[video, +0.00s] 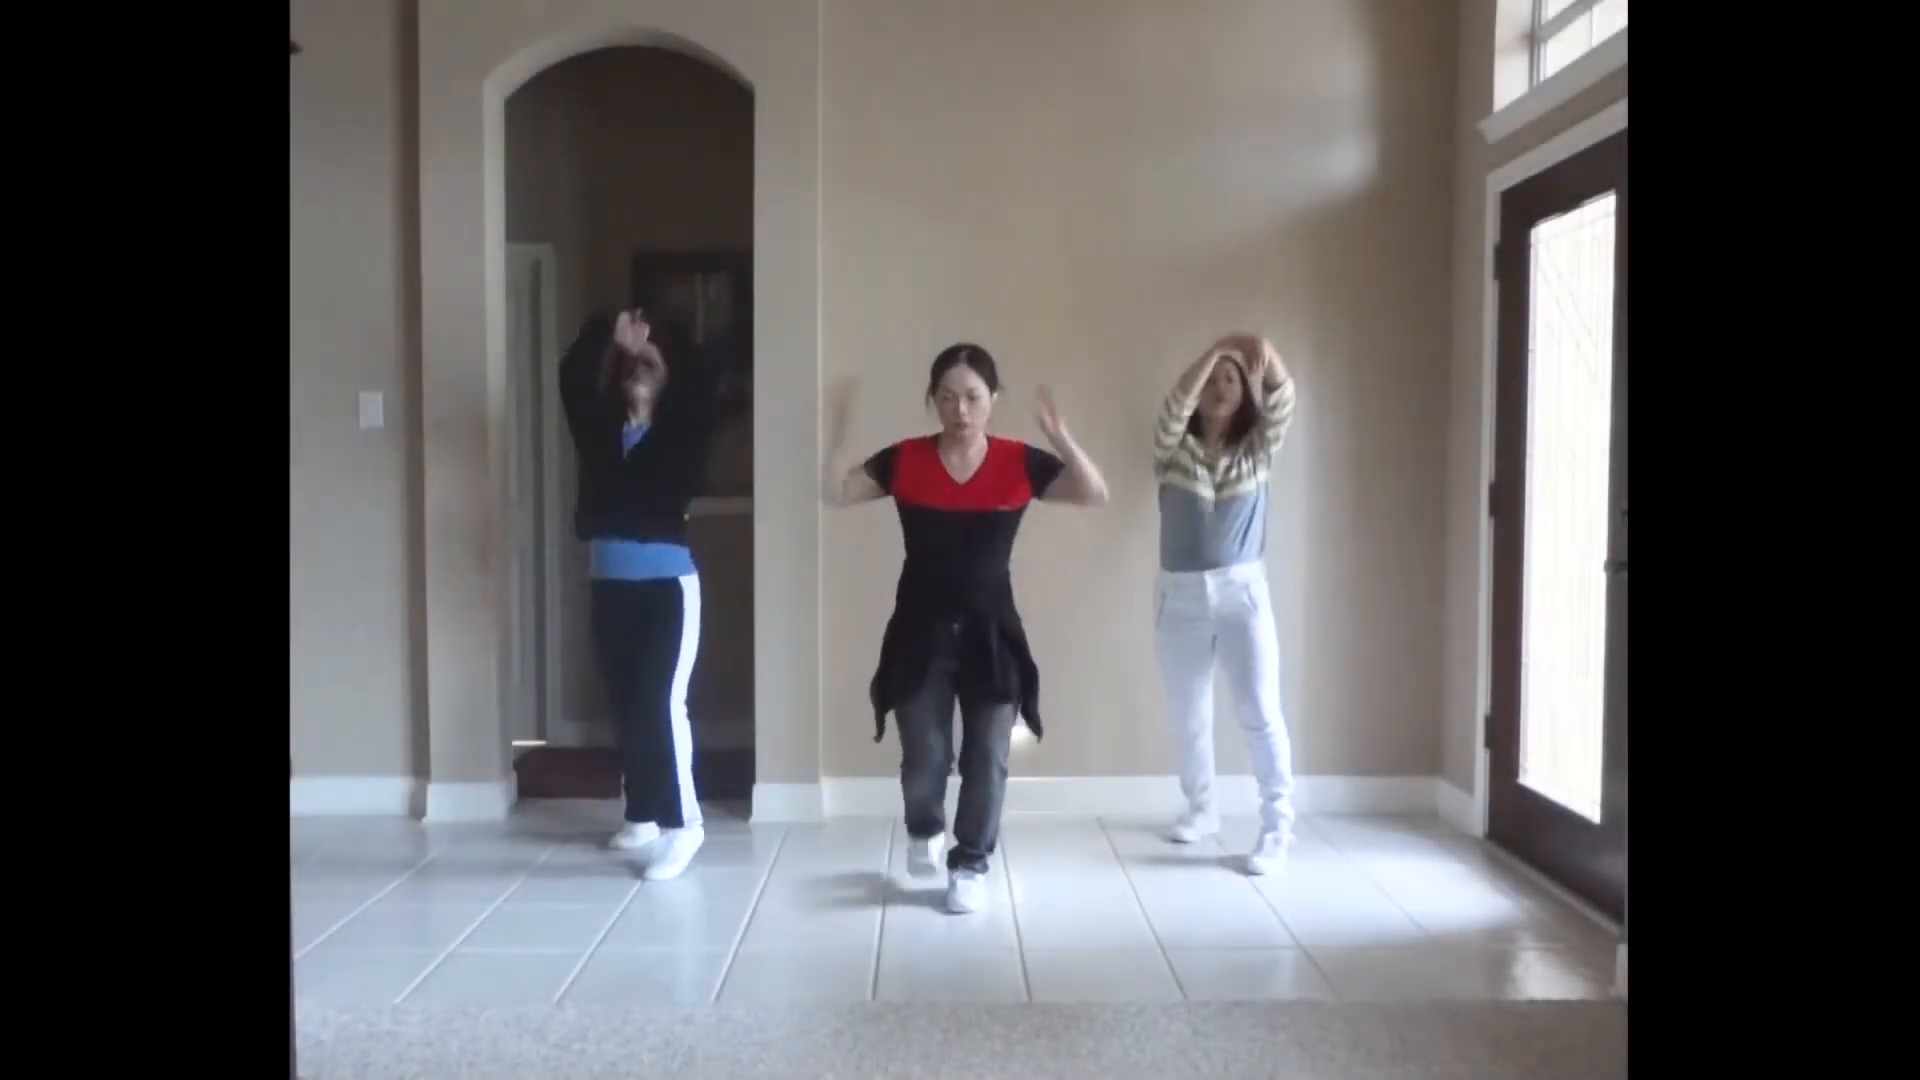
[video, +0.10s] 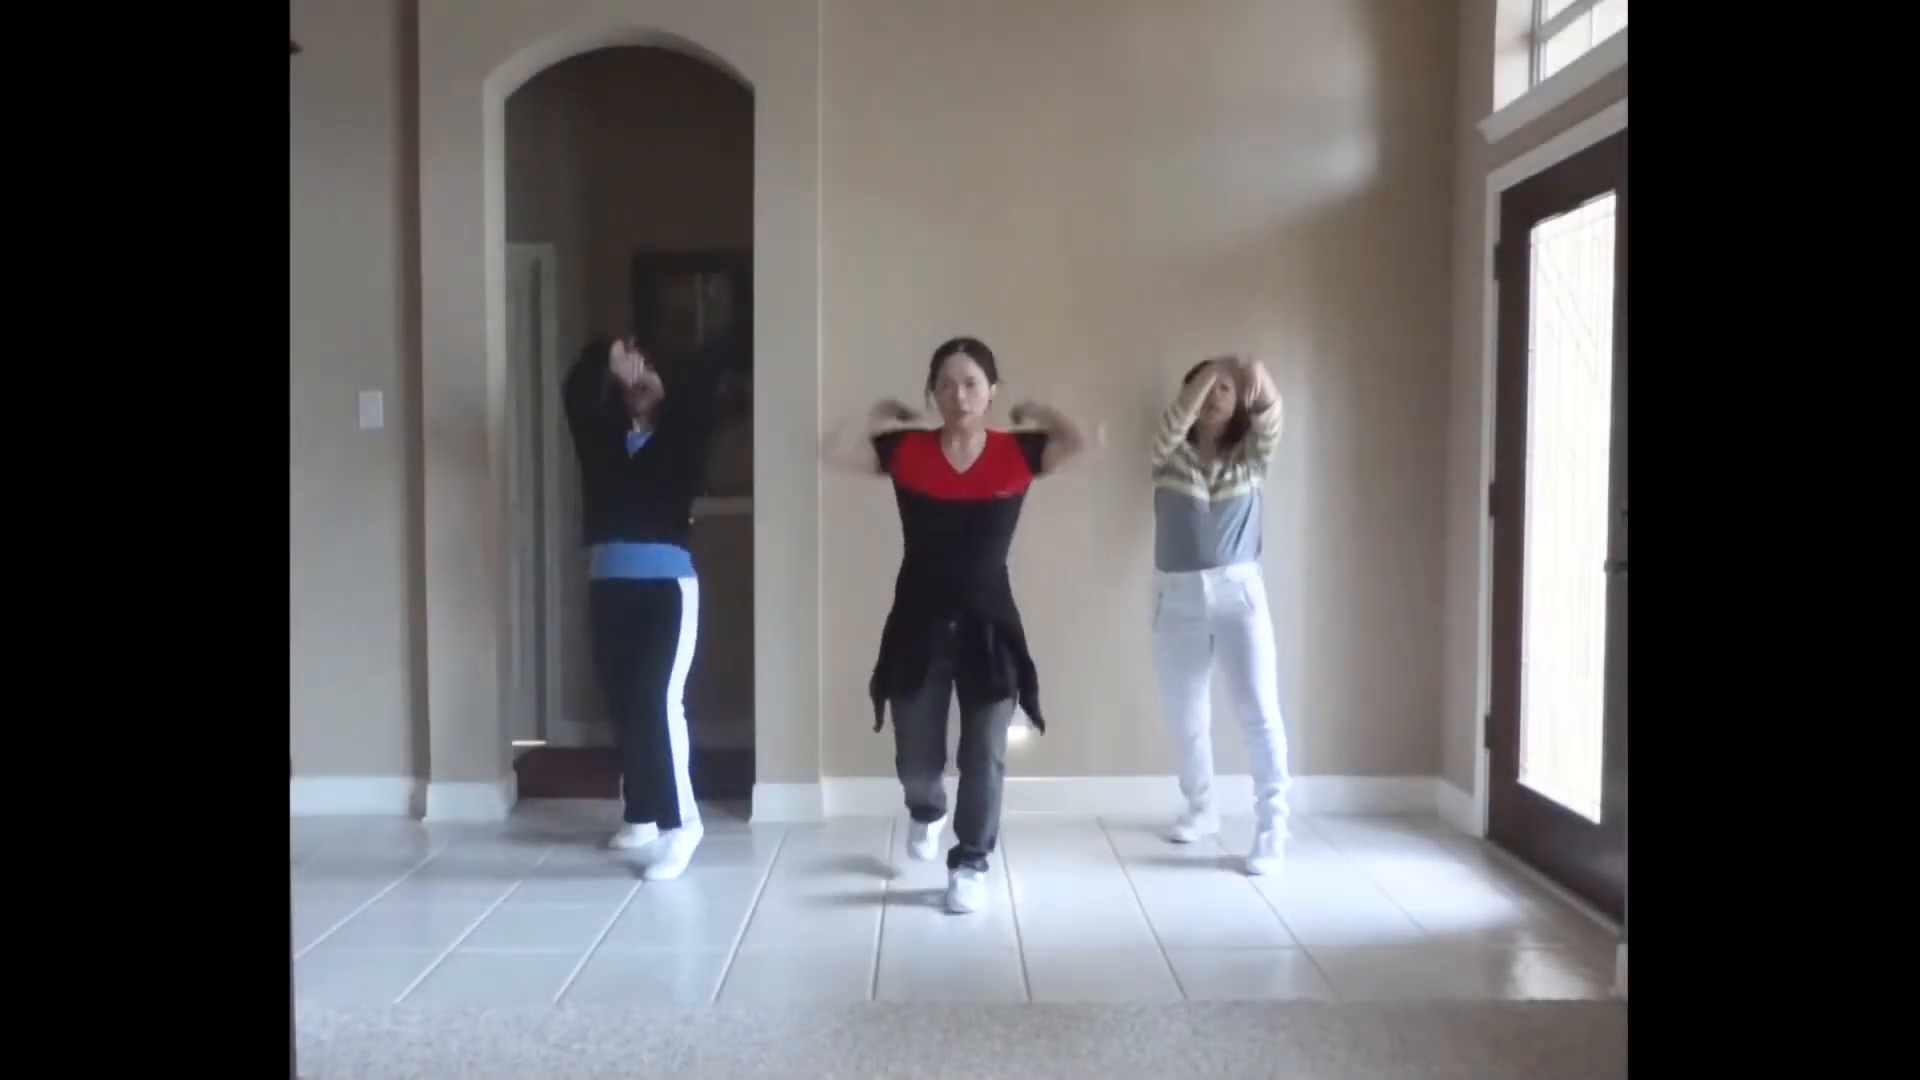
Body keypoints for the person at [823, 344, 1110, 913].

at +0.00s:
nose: (960, 407)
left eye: (972, 396)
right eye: (949, 396)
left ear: (991, 401)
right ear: (934, 402)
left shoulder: (1017, 462)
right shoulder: (905, 461)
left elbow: (1093, 494)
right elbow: (837, 493)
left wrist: (1060, 439)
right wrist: (836, 426)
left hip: (990, 625)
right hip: (921, 625)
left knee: (988, 755)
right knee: (925, 753)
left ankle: (971, 866)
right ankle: (924, 832)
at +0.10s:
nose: (960, 393)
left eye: (971, 382)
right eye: (948, 384)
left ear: (990, 391)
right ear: (934, 394)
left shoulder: (1017, 453)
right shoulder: (906, 451)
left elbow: (1083, 444)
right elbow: (835, 455)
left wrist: (1045, 416)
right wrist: (874, 417)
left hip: (987, 615)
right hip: (920, 614)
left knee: (984, 753)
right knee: (916, 758)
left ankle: (972, 863)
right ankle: (928, 816)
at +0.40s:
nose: (949, 367)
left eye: (959, 361)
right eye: (938, 361)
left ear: (979, 381)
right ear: (922, 377)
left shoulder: (992, 439)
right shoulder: (900, 433)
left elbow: (1009, 351)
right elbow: (897, 347)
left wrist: (971, 286)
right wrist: (930, 288)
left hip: (972, 601)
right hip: (910, 600)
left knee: (971, 739)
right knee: (922, 731)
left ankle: (975, 858)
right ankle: (932, 830)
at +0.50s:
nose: (945, 373)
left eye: (955, 365)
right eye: (934, 366)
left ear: (975, 380)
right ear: (918, 381)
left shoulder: (990, 442)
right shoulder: (898, 436)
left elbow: (997, 363)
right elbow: (899, 362)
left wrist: (968, 295)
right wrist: (924, 297)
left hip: (969, 602)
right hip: (906, 601)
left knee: (969, 738)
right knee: (919, 733)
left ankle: (978, 857)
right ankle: (932, 833)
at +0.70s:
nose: (940, 389)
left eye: (951, 379)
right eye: (930, 380)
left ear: (972, 387)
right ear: (915, 389)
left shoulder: (987, 446)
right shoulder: (896, 444)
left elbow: (987, 403)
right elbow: (897, 408)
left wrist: (961, 348)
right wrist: (913, 350)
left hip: (966, 602)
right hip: (904, 603)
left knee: (971, 734)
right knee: (916, 733)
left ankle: (984, 854)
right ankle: (933, 834)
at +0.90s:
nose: (940, 405)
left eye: (950, 395)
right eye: (930, 395)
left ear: (967, 406)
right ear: (913, 406)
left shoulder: (985, 461)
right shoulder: (891, 460)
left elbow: (984, 439)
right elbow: (891, 445)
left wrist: (961, 410)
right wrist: (914, 406)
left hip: (964, 607)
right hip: (902, 608)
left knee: (971, 732)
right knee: (912, 735)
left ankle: (984, 853)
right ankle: (932, 832)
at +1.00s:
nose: (940, 412)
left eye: (950, 402)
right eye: (929, 403)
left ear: (966, 409)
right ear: (912, 412)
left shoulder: (986, 461)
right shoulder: (886, 458)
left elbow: (986, 456)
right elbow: (883, 466)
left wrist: (961, 441)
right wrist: (916, 433)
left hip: (964, 612)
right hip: (901, 612)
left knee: (972, 732)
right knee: (911, 739)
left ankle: (983, 852)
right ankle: (931, 831)